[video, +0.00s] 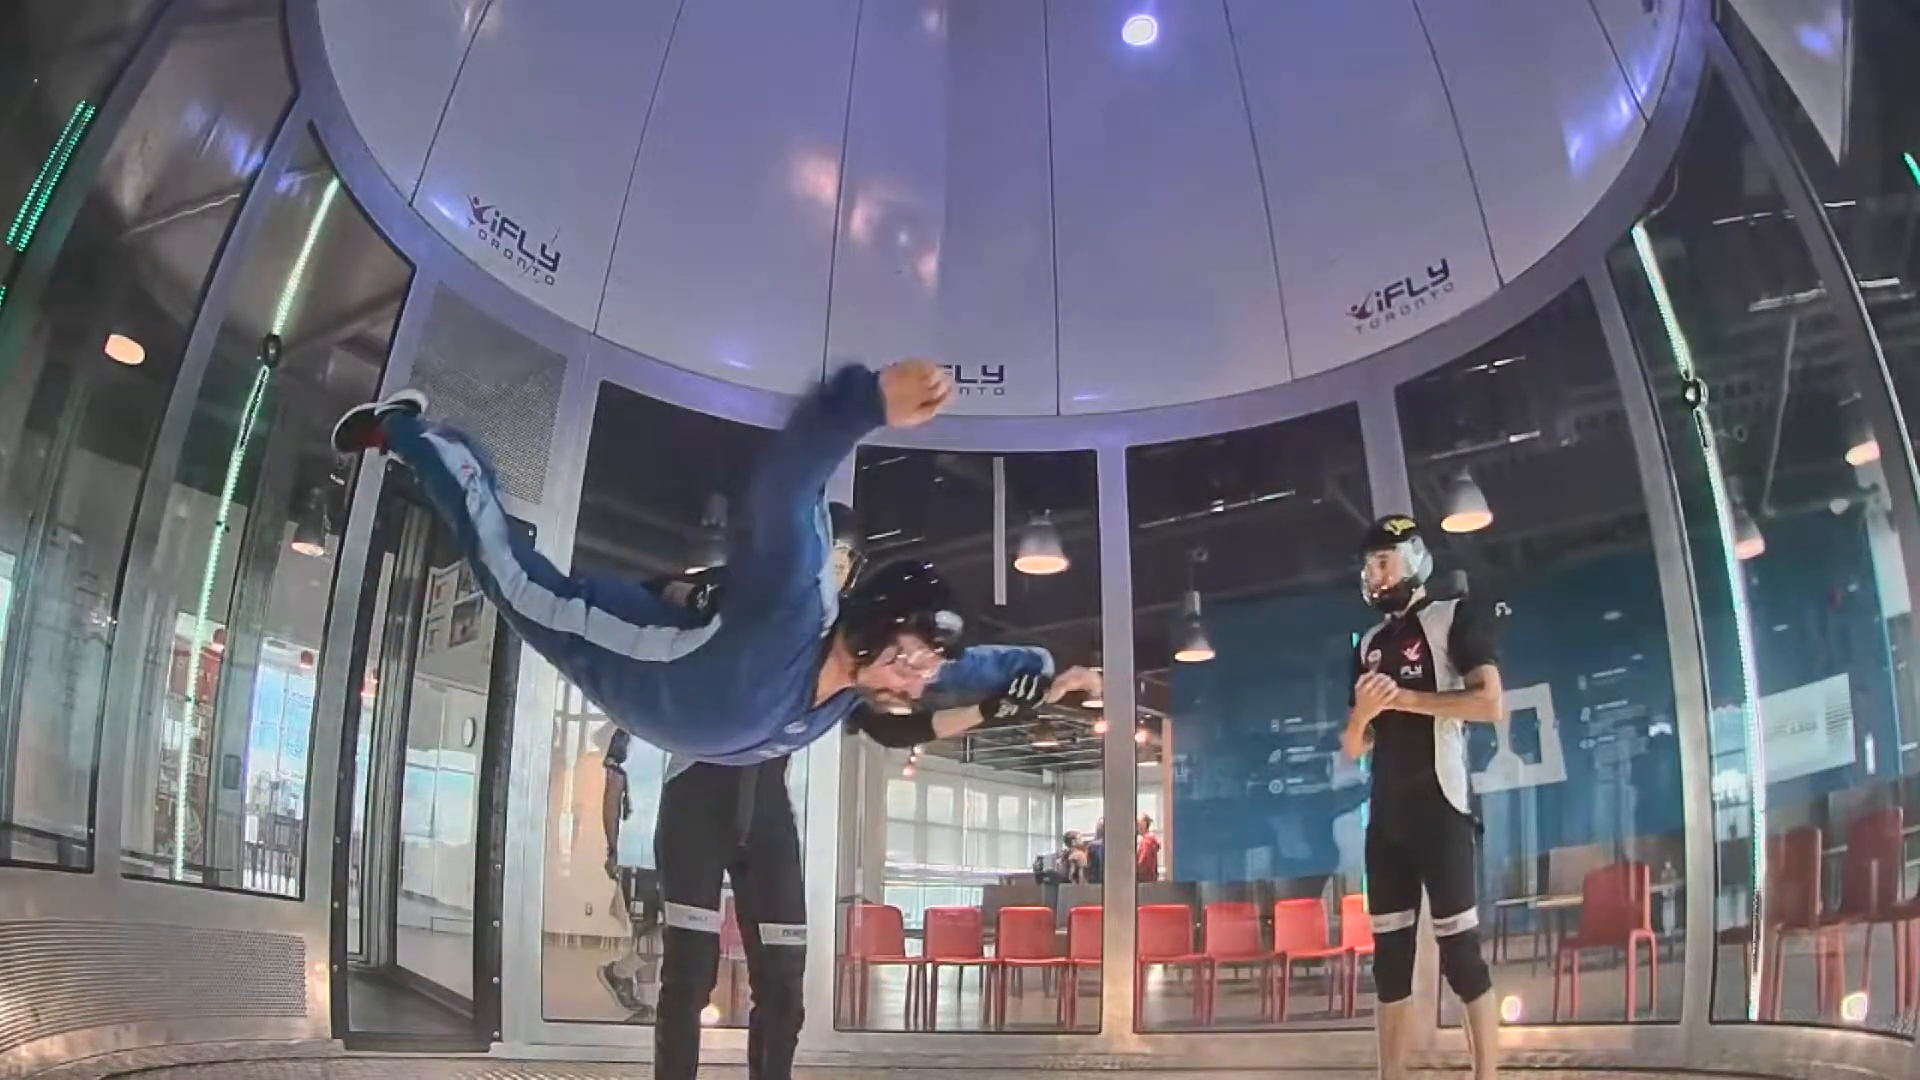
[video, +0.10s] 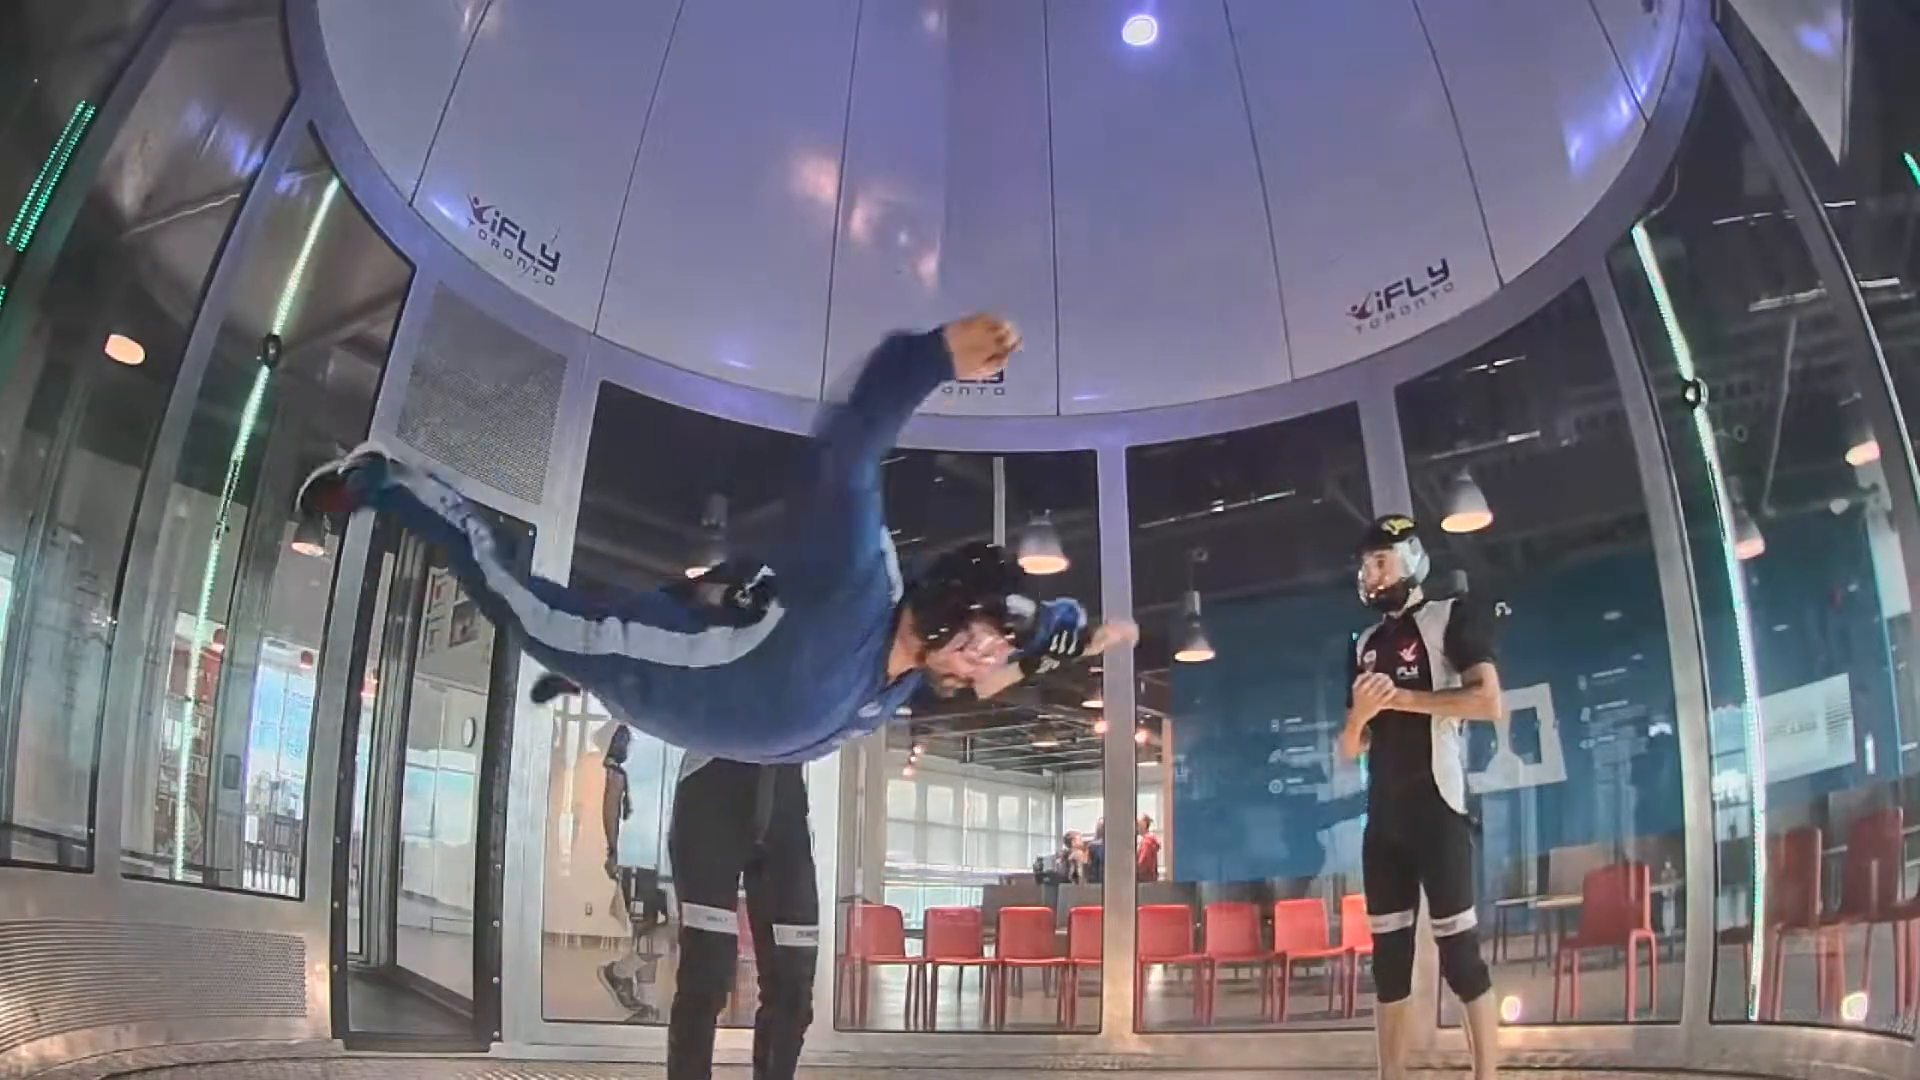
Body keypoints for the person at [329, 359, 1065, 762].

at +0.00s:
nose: (914, 674)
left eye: (926, 667)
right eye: (910, 651)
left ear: (918, 677)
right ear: (876, 624)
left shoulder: (848, 692)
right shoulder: (793, 614)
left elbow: (955, 678)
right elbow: (780, 493)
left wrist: (1040, 669)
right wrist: (864, 403)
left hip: (659, 670)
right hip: (610, 637)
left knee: (560, 601)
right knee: (503, 559)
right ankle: (412, 430)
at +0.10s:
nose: (987, 665)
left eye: (1005, 661)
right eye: (992, 641)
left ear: (985, 671)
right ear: (956, 609)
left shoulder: (886, 695)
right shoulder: (859, 586)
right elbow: (846, 458)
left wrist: (1069, 635)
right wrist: (934, 357)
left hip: (661, 707)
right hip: (630, 648)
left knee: (568, 650)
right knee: (507, 585)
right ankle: (391, 482)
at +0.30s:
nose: (1069, 659)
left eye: (1084, 649)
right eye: (1073, 636)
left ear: (1060, 630)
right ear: (1041, 596)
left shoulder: (976, 657)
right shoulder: (943, 574)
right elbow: (951, 441)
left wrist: (1134, 584)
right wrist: (1065, 337)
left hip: (732, 728)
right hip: (703, 670)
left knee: (624, 713)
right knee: (527, 651)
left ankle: (553, 714)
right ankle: (339, 587)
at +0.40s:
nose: (1084, 659)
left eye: (1098, 650)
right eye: (1091, 638)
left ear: (1068, 625)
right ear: (1066, 601)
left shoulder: (985, 667)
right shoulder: (969, 573)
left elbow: (870, 614)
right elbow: (974, 441)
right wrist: (1097, 344)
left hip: (744, 727)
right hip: (718, 678)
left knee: (603, 691)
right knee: (541, 665)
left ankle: (532, 701)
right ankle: (335, 615)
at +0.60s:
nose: (1129, 670)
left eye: (1141, 662)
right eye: (1135, 649)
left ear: (1113, 645)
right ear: (1106, 613)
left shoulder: (1021, 680)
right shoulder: (1023, 594)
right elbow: (1054, 463)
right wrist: (1201, 395)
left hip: (794, 712)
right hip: (779, 693)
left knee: (620, 677)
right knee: (597, 694)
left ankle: (419, 602)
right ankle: (340, 601)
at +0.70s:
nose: (1152, 687)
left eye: (1165, 676)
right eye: (1157, 665)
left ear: (1133, 662)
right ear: (1124, 638)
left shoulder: (1040, 698)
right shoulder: (1042, 635)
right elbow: (1102, 495)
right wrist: (1259, 429)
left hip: (776, 740)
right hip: (757, 706)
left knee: (601, 660)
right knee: (580, 656)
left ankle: (428, 520)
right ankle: (369, 523)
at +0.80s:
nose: (1155, 694)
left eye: (1169, 687)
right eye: (1162, 674)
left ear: (1142, 681)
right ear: (1134, 648)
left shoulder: (1040, 712)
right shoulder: (1050, 655)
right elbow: (1121, 509)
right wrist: (1274, 448)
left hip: (778, 731)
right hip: (774, 711)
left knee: (603, 636)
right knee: (615, 654)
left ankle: (406, 475)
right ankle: (387, 472)